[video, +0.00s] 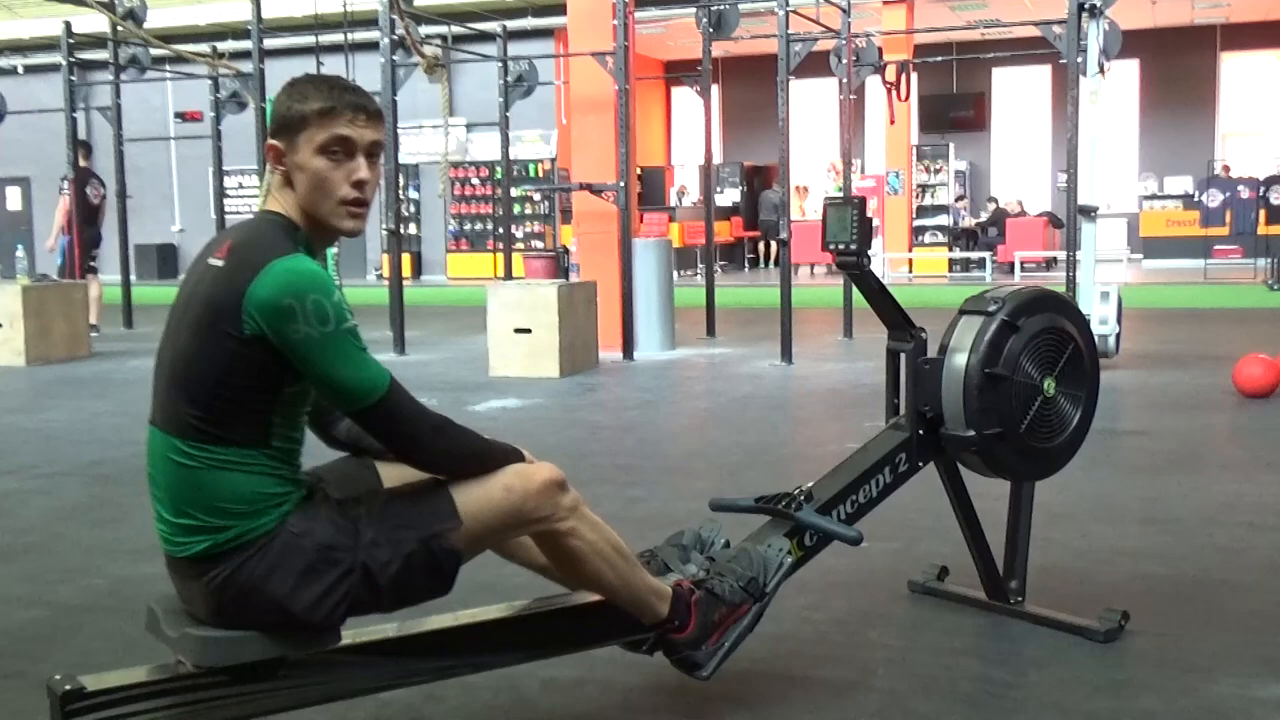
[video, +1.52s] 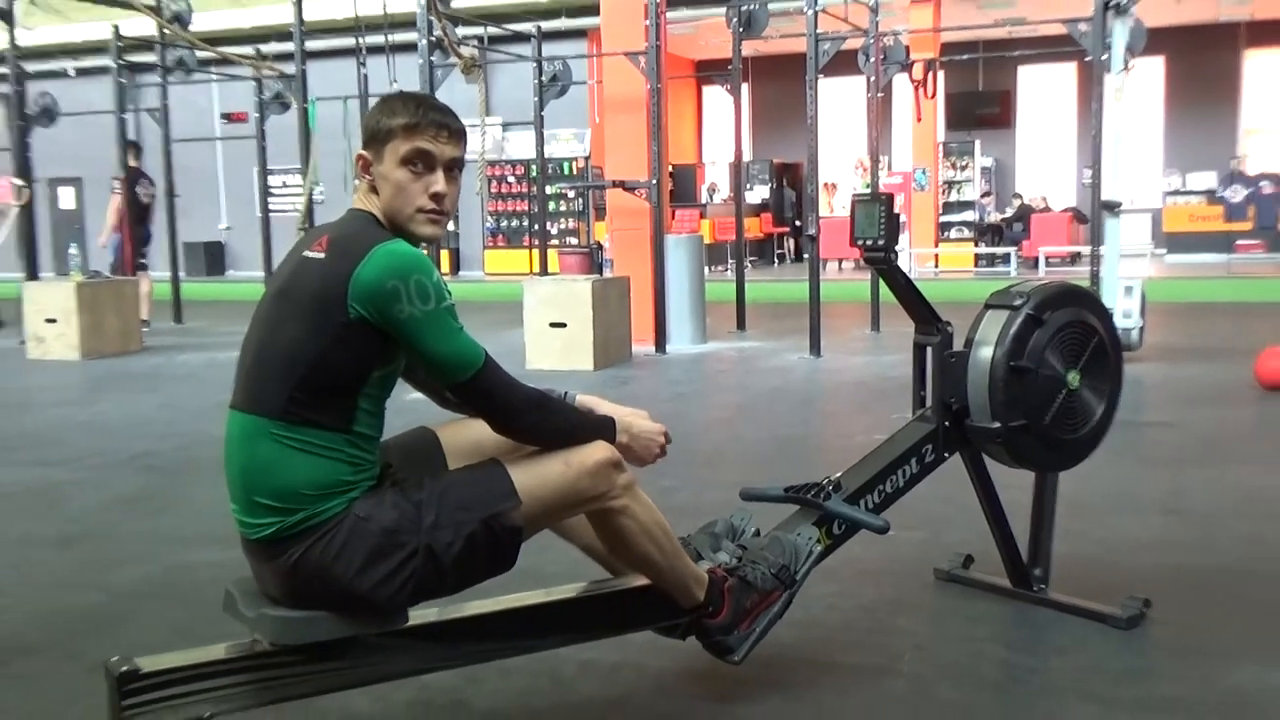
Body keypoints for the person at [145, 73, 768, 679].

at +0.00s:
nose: (363, 175)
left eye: (373, 156)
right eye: (338, 153)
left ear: (382, 164)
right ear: (279, 160)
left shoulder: (244, 252)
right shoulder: (290, 275)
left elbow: (339, 423)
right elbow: (415, 430)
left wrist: (492, 467)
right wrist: (520, 466)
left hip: (220, 541)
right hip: (256, 560)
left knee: (472, 474)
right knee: (536, 482)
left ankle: (629, 596)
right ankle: (674, 616)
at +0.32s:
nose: (367, 193)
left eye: (379, 172)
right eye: (343, 170)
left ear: (388, 174)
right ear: (286, 167)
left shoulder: (252, 253)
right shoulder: (297, 281)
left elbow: (371, 420)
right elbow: (412, 436)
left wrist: (492, 449)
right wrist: (514, 466)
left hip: (226, 532)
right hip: (256, 558)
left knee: (475, 466)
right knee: (533, 488)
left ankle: (634, 597)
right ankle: (680, 618)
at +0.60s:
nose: (398, 188)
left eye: (408, 170)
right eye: (374, 164)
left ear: (414, 178)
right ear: (319, 169)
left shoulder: (286, 252)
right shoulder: (334, 274)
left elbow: (404, 408)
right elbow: (456, 416)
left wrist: (535, 442)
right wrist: (569, 465)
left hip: (245, 532)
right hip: (276, 560)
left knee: (479, 453)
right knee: (553, 486)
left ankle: (636, 592)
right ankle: (685, 616)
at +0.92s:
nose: (419, 191)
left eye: (429, 173)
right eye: (397, 167)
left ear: (435, 179)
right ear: (341, 170)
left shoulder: (303, 250)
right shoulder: (361, 268)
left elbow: (415, 403)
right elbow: (471, 403)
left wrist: (555, 439)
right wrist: (581, 456)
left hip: (248, 533)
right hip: (292, 555)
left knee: (481, 446)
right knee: (570, 481)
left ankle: (639, 597)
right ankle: (692, 615)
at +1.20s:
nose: (428, 193)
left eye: (437, 175)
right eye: (406, 170)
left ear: (445, 178)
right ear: (350, 171)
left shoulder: (313, 246)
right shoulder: (377, 266)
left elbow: (431, 401)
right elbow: (486, 403)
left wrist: (567, 428)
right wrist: (599, 448)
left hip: (265, 527)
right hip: (304, 553)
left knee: (499, 443)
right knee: (578, 474)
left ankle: (649, 591)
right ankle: (701, 612)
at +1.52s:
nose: (442, 187)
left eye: (452, 170)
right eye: (419, 165)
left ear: (460, 177)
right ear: (367, 171)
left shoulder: (337, 246)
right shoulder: (389, 264)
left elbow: (465, 393)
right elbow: (511, 406)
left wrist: (591, 415)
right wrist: (616, 429)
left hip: (300, 509)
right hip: (330, 539)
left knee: (516, 429)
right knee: (595, 462)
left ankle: (656, 584)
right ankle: (708, 602)